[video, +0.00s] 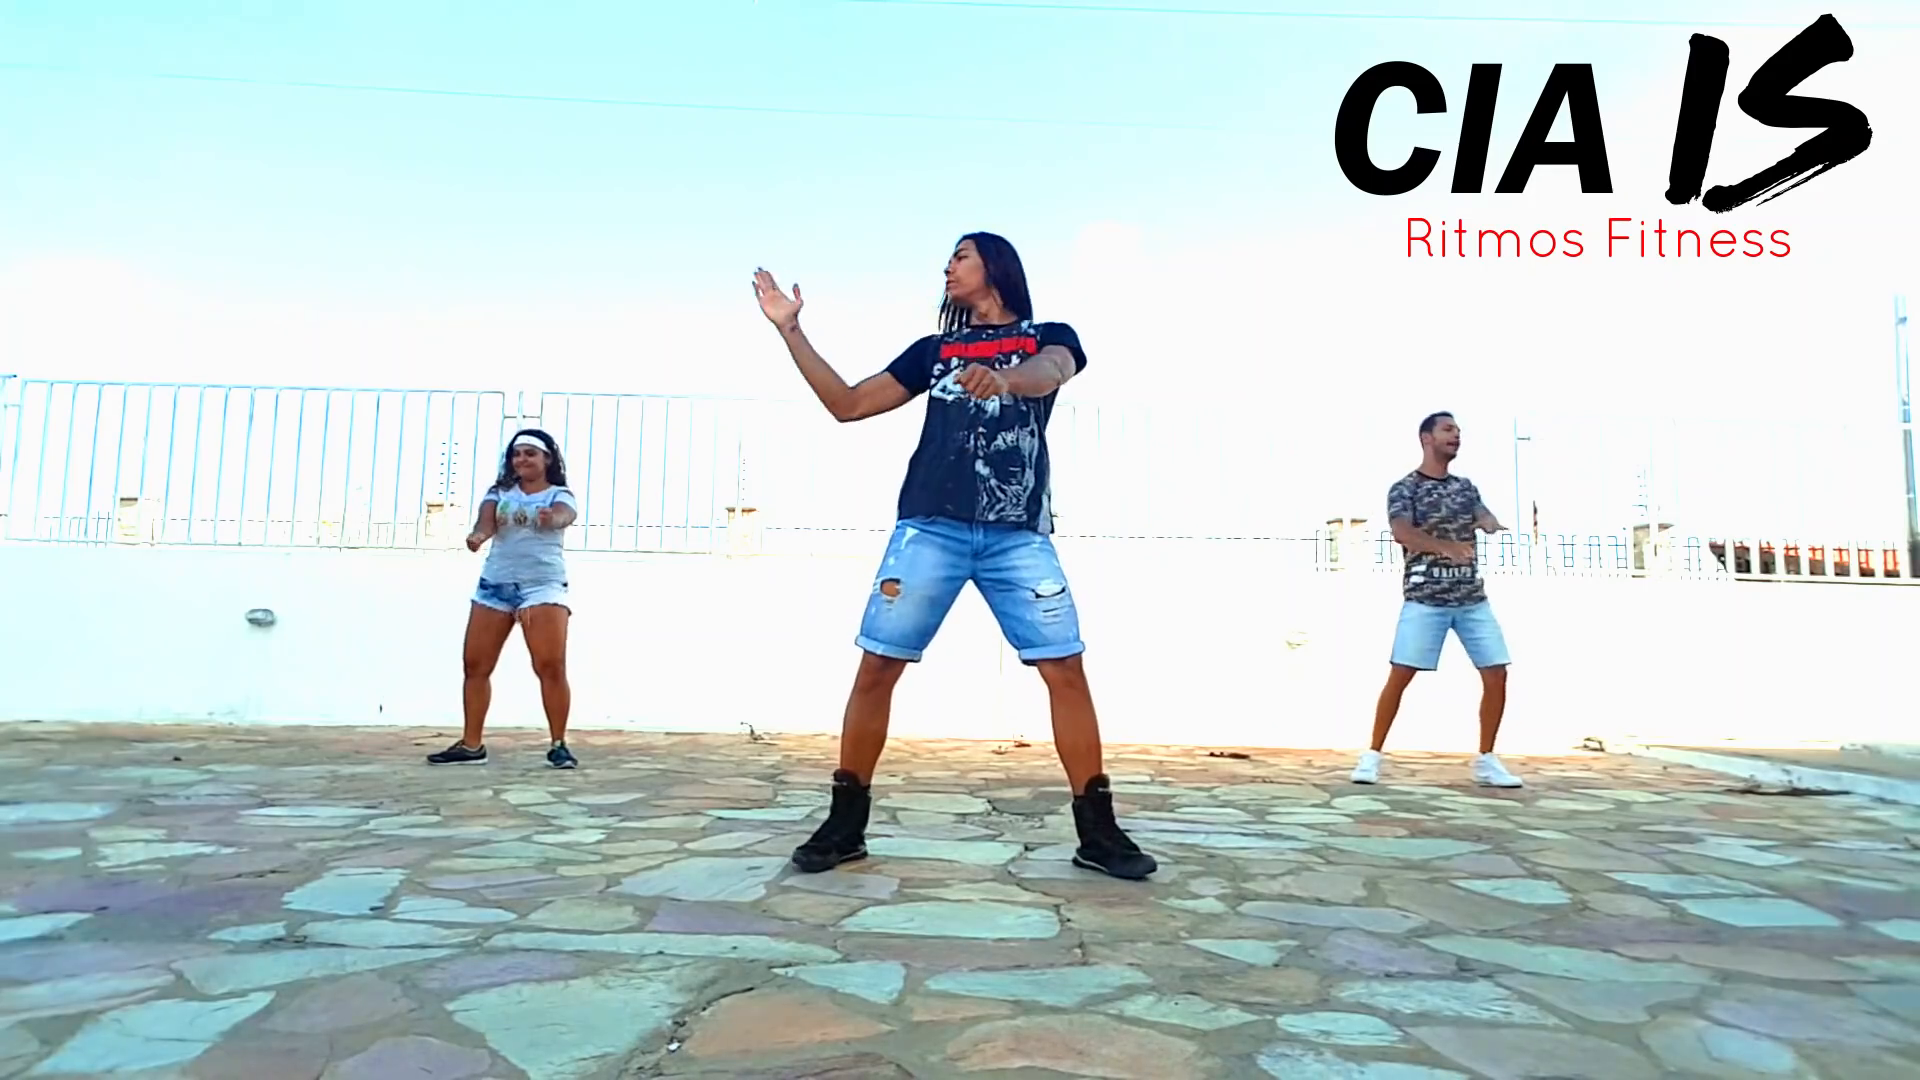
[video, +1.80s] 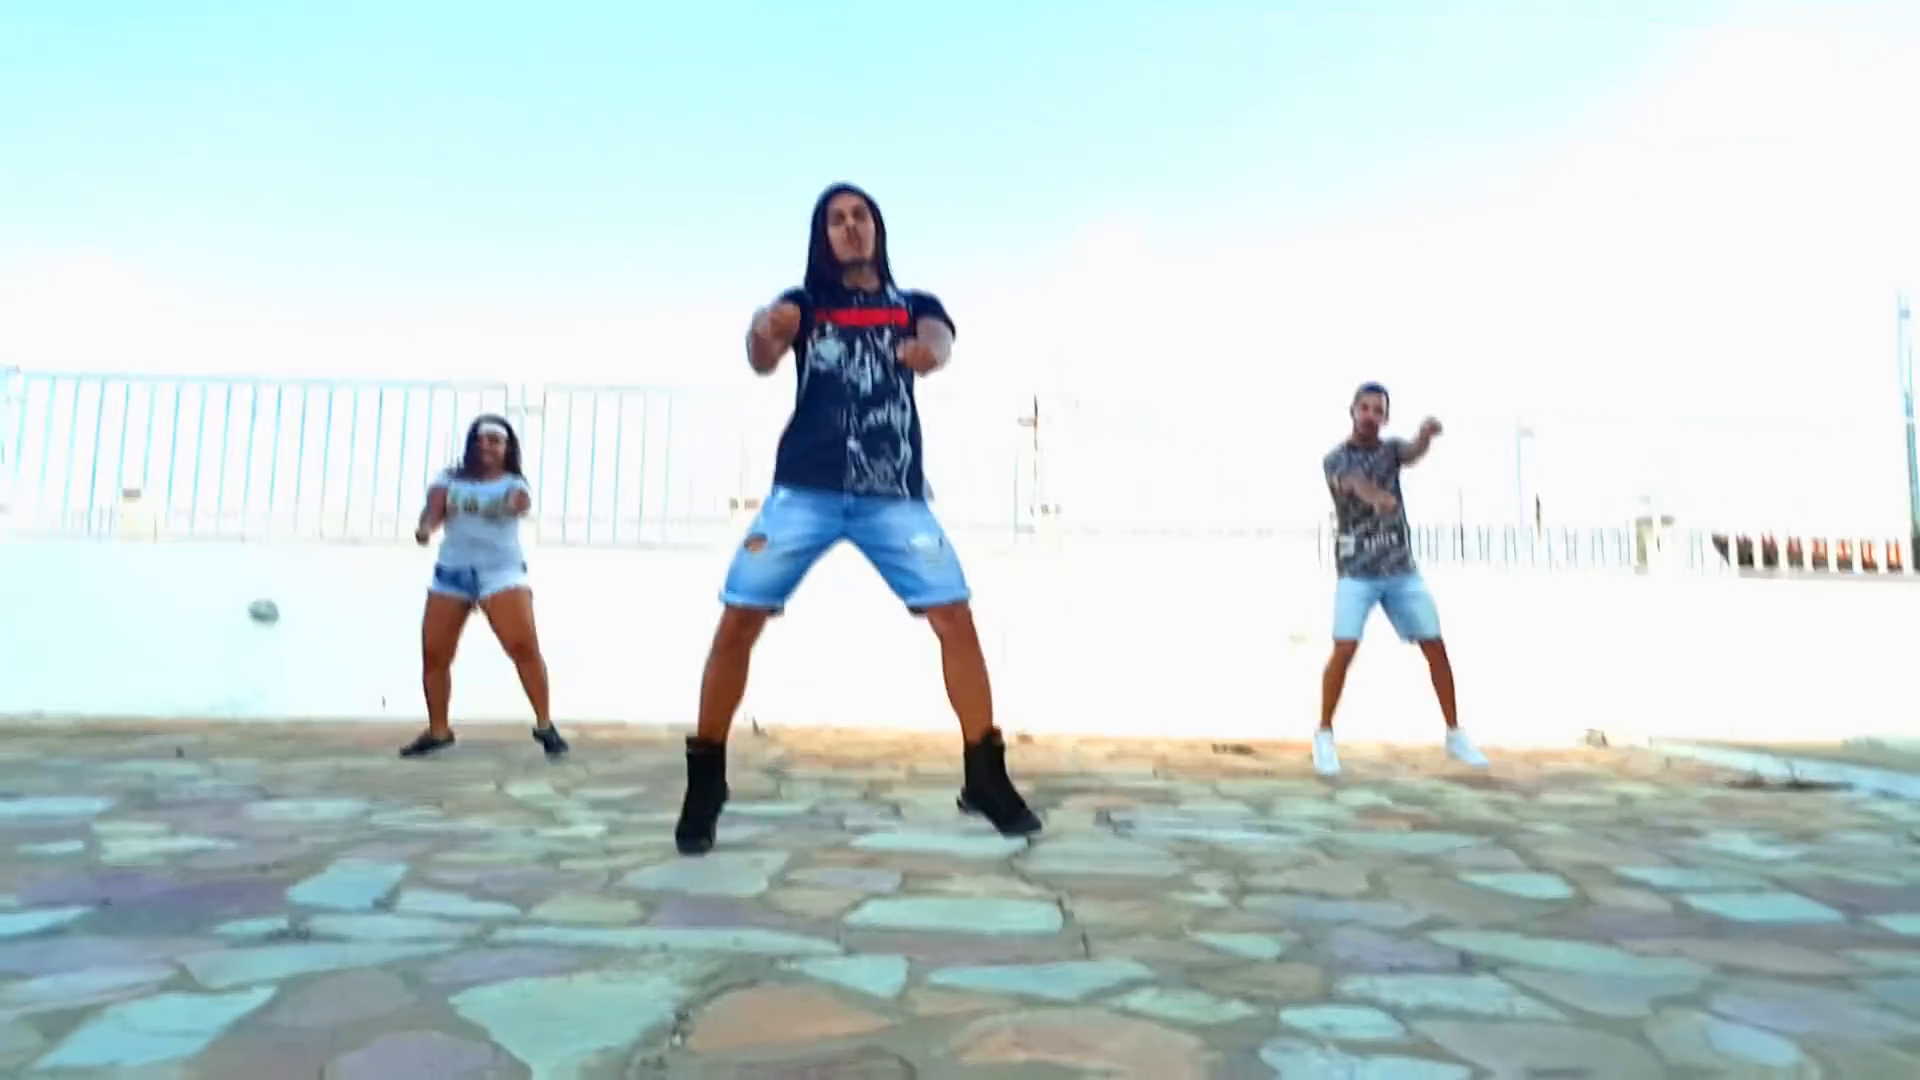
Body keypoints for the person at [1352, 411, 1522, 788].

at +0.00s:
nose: (1456, 437)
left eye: (1457, 431)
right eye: (1448, 430)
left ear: (1456, 440)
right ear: (1426, 438)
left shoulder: (1465, 488)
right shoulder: (1404, 488)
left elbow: (1485, 519)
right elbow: (1402, 534)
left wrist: (1495, 527)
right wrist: (1446, 547)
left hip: (1471, 599)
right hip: (1425, 600)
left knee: (1496, 672)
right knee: (1401, 674)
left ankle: (1486, 758)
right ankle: (1373, 754)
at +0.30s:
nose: (1409, 441)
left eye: (1417, 435)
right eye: (1404, 436)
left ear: (1434, 440)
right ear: (1400, 444)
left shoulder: (1458, 488)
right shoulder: (1392, 497)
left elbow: (1477, 534)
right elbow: (1375, 548)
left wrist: (1490, 573)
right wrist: (1399, 559)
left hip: (1445, 603)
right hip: (1394, 602)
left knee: (1473, 678)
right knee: (1372, 670)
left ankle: (1484, 759)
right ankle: (1368, 755)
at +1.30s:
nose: (1425, 430)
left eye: (1433, 424)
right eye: (1419, 424)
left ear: (1446, 432)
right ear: (1411, 432)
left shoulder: (1465, 481)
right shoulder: (1397, 483)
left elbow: (1485, 529)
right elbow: (1376, 530)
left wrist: (1519, 545)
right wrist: (1364, 575)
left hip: (1458, 599)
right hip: (1410, 597)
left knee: (1483, 672)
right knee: (1387, 669)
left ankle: (1486, 758)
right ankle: (1368, 752)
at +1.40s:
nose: (1412, 417)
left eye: (1420, 411)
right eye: (1407, 409)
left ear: (1431, 417)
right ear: (1395, 413)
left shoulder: (1444, 456)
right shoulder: (1380, 464)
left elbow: (1476, 491)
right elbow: (1371, 510)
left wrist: (1507, 497)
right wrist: (1363, 547)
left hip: (1442, 575)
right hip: (1395, 574)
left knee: (1468, 655)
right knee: (1374, 650)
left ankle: (1482, 745)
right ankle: (1350, 735)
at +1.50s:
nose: (1411, 432)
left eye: (1419, 428)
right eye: (1406, 424)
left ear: (1427, 434)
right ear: (1392, 425)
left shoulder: (1435, 466)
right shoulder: (1375, 479)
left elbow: (1461, 484)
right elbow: (1384, 516)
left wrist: (1483, 483)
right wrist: (1393, 543)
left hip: (1444, 588)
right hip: (1397, 589)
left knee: (1474, 663)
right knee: (1370, 662)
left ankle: (1487, 752)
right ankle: (1340, 742)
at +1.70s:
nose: (1395, 455)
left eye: (1400, 448)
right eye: (1388, 447)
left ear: (1404, 451)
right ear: (1372, 448)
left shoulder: (1404, 490)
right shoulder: (1354, 494)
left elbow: (1434, 495)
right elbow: (1366, 528)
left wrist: (1444, 472)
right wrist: (1417, 534)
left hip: (1422, 605)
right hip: (1378, 608)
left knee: (1462, 682)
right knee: (1364, 682)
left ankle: (1493, 766)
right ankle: (1341, 763)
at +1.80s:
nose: (1371, 416)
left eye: (1378, 411)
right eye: (1365, 409)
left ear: (1384, 417)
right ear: (1353, 412)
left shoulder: (1391, 451)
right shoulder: (1337, 459)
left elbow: (1410, 454)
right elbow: (1353, 484)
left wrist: (1424, 438)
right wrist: (1377, 497)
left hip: (1401, 569)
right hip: (1357, 573)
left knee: (1435, 646)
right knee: (1344, 649)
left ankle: (1455, 732)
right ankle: (1324, 733)